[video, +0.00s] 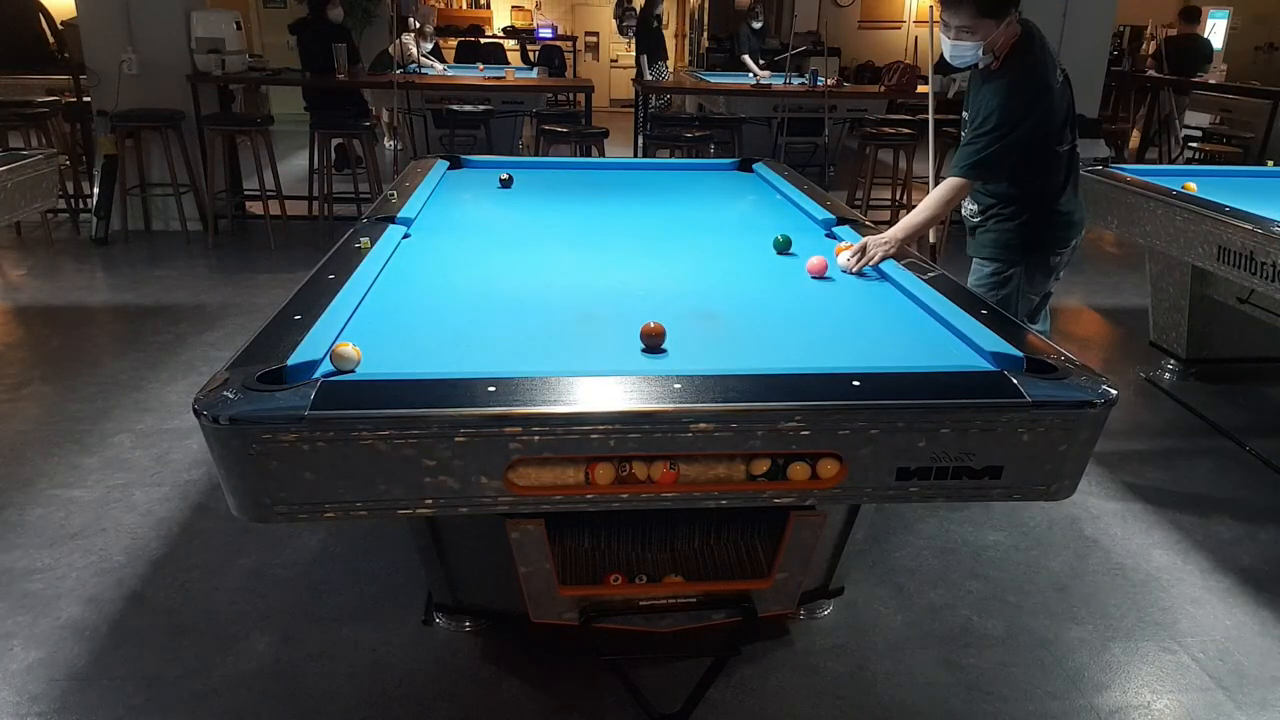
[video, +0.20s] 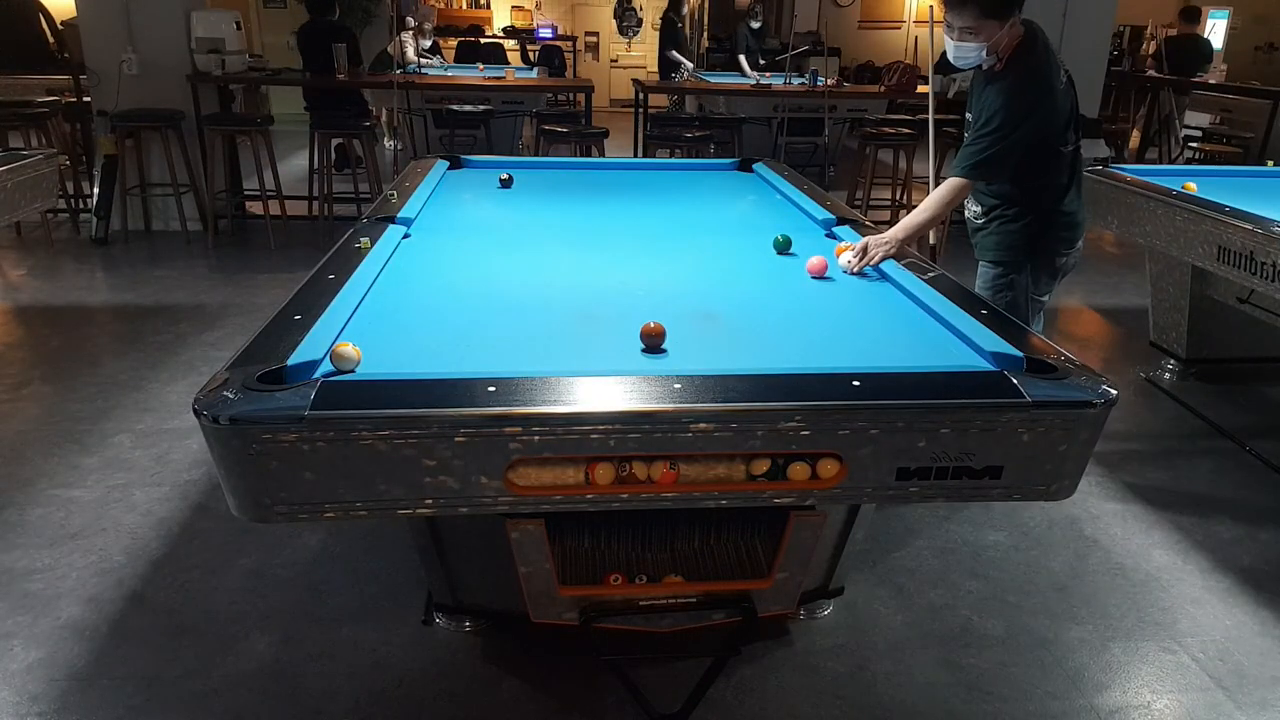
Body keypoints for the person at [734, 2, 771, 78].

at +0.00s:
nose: (757, 24)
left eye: (760, 22)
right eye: (755, 22)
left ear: (763, 19)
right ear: (749, 19)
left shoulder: (762, 28)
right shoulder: (743, 30)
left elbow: (757, 46)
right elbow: (744, 56)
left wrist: (759, 59)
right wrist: (759, 72)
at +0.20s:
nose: (757, 24)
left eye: (759, 22)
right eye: (754, 22)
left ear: (762, 19)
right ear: (749, 19)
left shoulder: (760, 28)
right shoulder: (742, 29)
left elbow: (756, 46)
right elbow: (740, 54)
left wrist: (760, 59)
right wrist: (749, 72)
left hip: (754, 66)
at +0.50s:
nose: (757, 25)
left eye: (759, 22)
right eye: (754, 22)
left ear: (763, 19)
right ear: (749, 18)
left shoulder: (761, 27)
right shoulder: (742, 29)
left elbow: (757, 46)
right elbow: (741, 55)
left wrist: (759, 60)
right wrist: (757, 70)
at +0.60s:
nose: (753, 14)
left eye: (756, 12)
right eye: (751, 11)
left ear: (760, 14)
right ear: (746, 12)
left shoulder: (759, 28)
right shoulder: (741, 27)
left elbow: (760, 47)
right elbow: (743, 52)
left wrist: (761, 62)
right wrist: (758, 70)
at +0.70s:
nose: (749, 14)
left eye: (753, 11)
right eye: (747, 11)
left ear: (758, 14)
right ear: (744, 12)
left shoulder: (760, 30)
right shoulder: (739, 29)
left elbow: (765, 48)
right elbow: (741, 52)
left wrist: (771, 65)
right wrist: (755, 69)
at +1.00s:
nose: (755, 19)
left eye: (757, 16)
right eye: (752, 16)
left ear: (760, 15)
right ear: (746, 14)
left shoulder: (762, 27)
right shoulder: (739, 27)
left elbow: (767, 46)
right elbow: (735, 50)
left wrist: (772, 66)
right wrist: (748, 68)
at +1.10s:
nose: (757, 18)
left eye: (760, 16)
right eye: (754, 15)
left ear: (763, 14)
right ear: (749, 13)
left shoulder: (763, 25)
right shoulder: (741, 25)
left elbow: (767, 46)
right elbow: (731, 48)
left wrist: (772, 66)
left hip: (761, 70)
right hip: (743, 71)